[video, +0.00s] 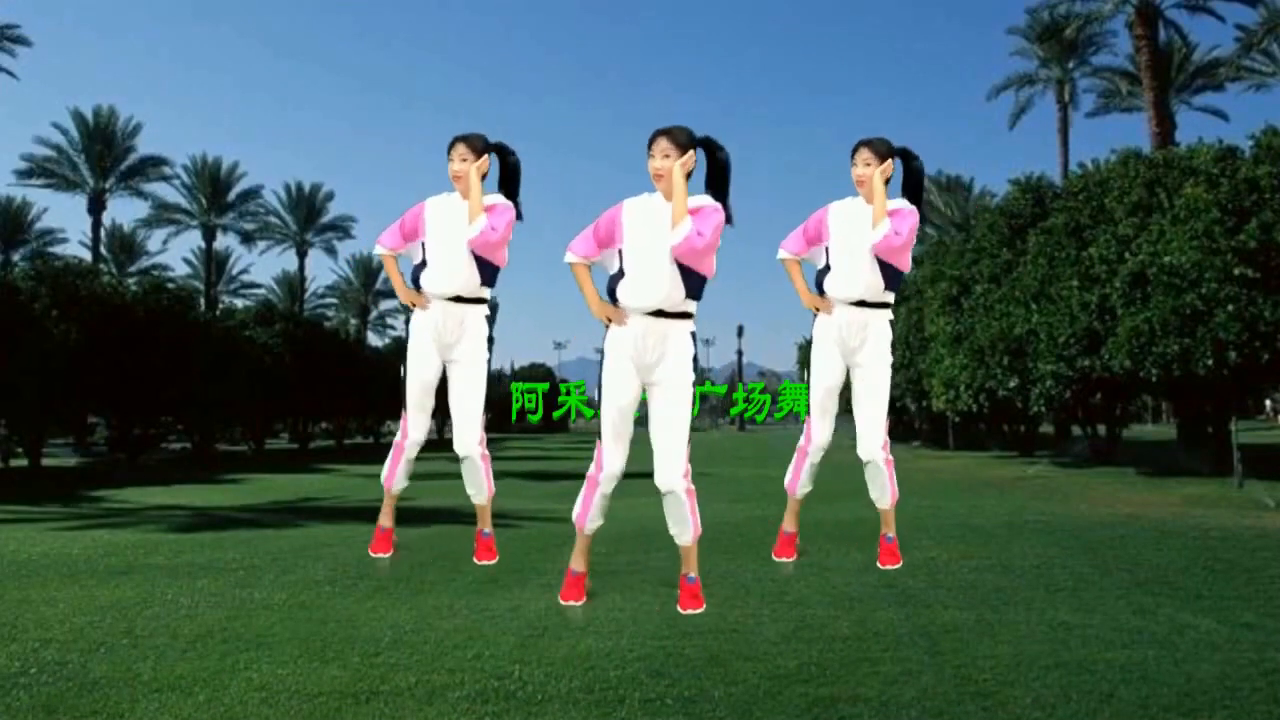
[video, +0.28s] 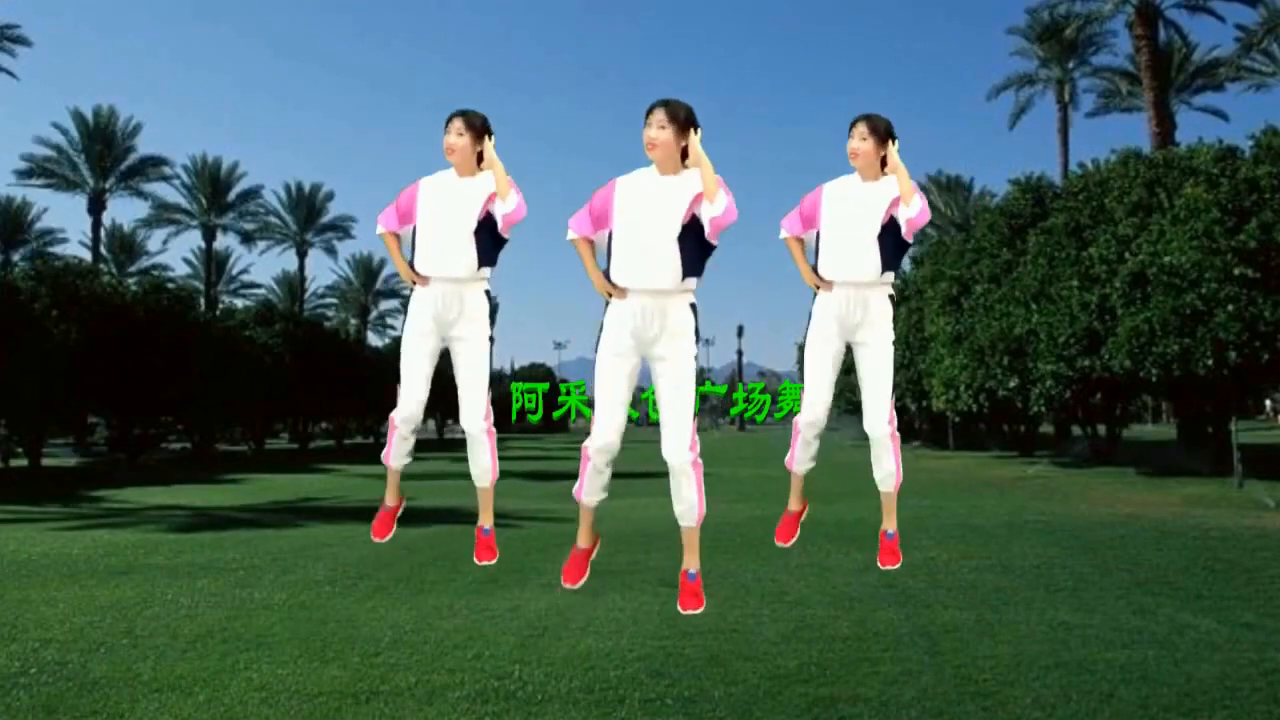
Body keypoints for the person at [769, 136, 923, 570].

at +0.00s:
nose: (859, 171)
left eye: (867, 164)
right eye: (856, 164)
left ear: (887, 169)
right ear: (850, 170)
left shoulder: (905, 214)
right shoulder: (834, 213)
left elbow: (889, 249)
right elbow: (789, 251)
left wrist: (879, 193)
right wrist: (806, 295)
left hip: (875, 327)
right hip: (832, 322)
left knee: (872, 444)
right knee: (818, 434)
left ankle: (889, 534)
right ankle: (789, 524)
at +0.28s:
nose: (852, 144)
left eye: (862, 138)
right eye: (851, 138)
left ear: (882, 147)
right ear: (849, 146)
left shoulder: (899, 191)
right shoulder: (829, 191)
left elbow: (916, 220)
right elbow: (791, 228)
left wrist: (897, 166)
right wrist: (807, 274)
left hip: (875, 304)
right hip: (831, 300)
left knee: (879, 421)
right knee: (813, 414)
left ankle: (889, 526)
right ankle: (794, 504)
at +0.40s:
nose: (860, 142)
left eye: (870, 137)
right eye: (857, 136)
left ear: (889, 148)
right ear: (852, 144)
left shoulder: (902, 190)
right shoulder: (828, 188)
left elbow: (911, 228)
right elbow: (789, 229)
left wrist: (902, 173)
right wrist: (806, 277)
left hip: (881, 299)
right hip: (837, 296)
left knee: (881, 416)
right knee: (831, 416)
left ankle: (883, 523)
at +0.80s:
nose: (864, 155)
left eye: (873, 148)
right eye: (860, 148)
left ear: (886, 159)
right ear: (853, 154)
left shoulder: (895, 205)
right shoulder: (829, 196)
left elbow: (858, 197)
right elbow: (783, 235)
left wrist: (880, 154)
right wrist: (793, 283)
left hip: (864, 305)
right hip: (821, 302)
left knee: (870, 427)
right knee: (812, 425)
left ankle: (879, 530)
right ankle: (803, 501)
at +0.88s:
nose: (860, 159)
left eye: (870, 152)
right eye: (856, 152)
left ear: (887, 161)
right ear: (849, 159)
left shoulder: (893, 206)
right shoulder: (826, 197)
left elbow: (849, 202)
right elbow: (781, 235)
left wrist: (851, 150)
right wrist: (791, 282)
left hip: (856, 311)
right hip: (813, 307)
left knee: (862, 429)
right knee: (802, 426)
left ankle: (873, 529)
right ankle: (785, 511)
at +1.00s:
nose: (852, 191)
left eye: (860, 184)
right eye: (846, 185)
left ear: (878, 193)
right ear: (841, 192)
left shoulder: (887, 238)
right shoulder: (823, 231)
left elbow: (843, 236)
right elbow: (775, 261)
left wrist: (816, 187)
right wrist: (782, 306)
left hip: (845, 346)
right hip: (803, 338)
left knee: (845, 457)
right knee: (788, 446)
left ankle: (865, 537)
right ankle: (773, 525)